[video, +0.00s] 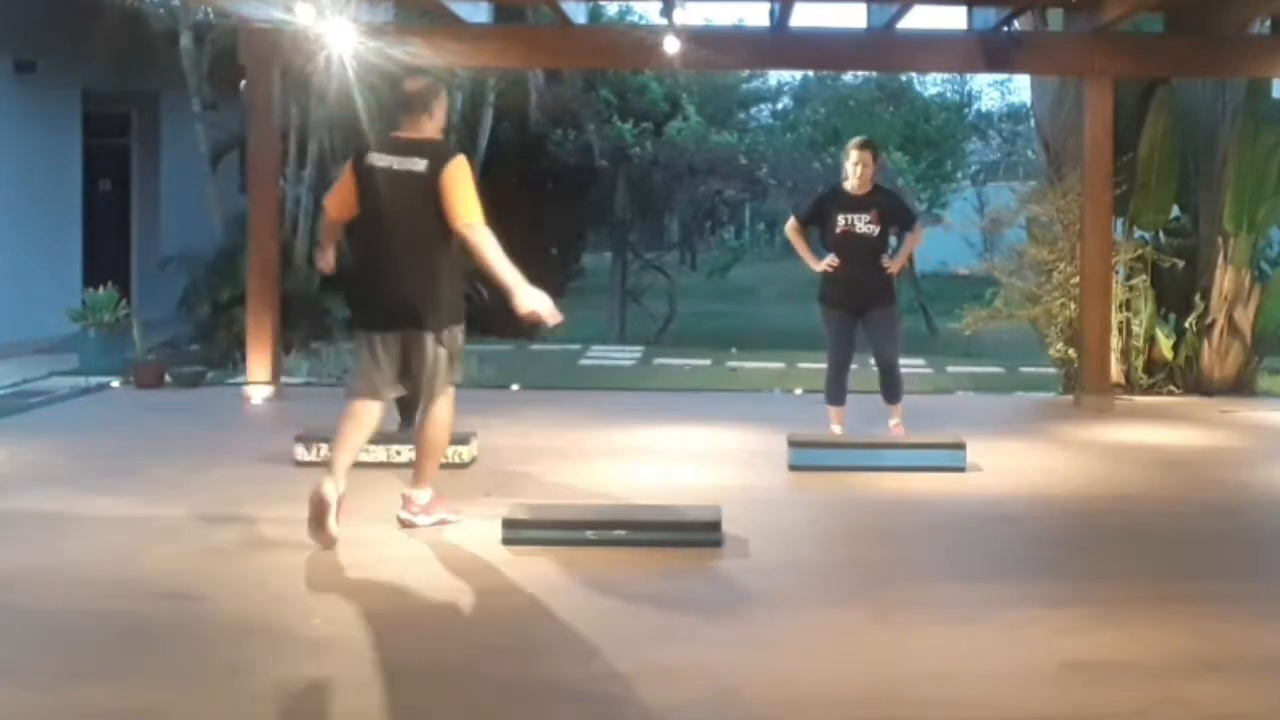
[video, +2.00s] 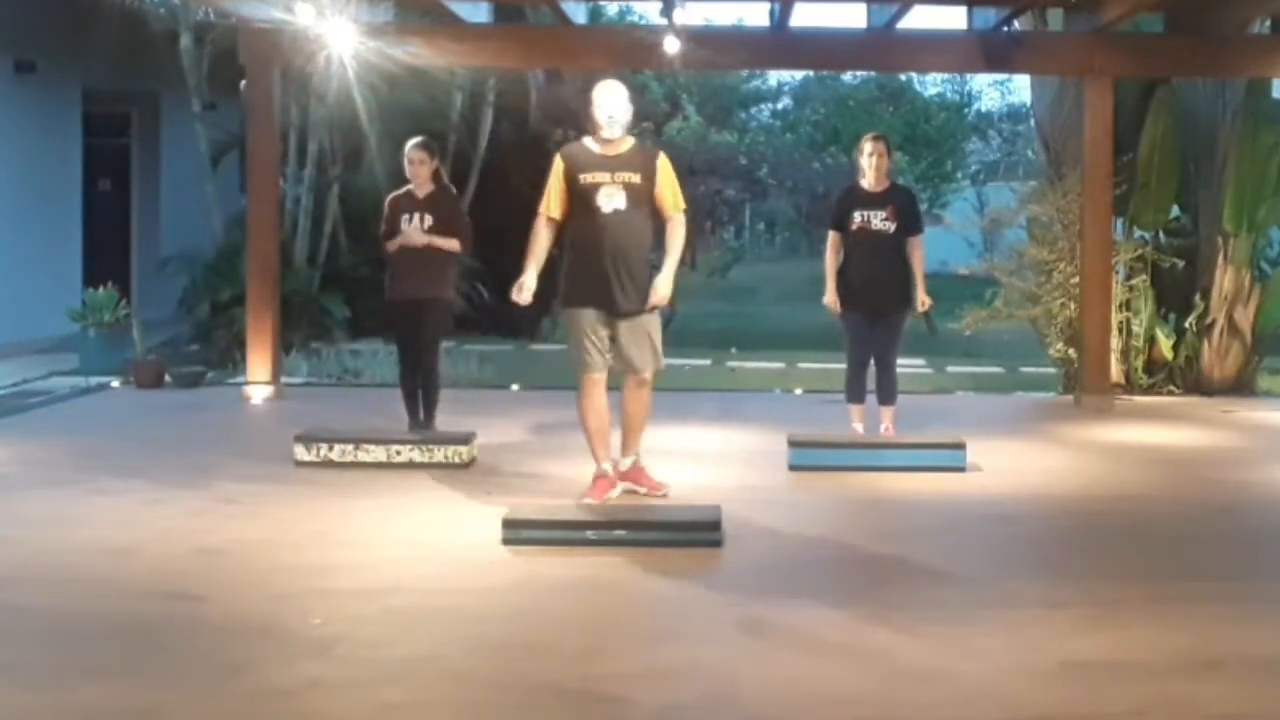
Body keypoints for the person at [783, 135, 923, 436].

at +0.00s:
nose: (859, 171)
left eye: (865, 165)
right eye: (854, 164)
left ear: (875, 167)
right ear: (846, 165)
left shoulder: (886, 199)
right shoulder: (828, 199)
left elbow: (915, 228)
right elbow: (792, 227)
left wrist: (901, 259)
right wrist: (814, 261)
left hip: (877, 286)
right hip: (839, 286)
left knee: (887, 357)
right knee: (839, 357)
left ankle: (896, 420)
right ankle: (837, 426)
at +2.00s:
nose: (874, 160)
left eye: (879, 155)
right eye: (869, 155)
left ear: (888, 159)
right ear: (860, 159)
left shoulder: (904, 198)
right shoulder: (847, 198)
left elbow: (915, 245)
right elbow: (834, 245)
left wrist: (920, 288)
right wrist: (830, 287)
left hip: (893, 292)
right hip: (855, 292)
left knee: (886, 359)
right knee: (857, 359)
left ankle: (888, 425)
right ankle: (858, 425)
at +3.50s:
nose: (875, 163)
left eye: (881, 158)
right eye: (870, 158)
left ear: (892, 161)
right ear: (864, 160)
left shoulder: (906, 198)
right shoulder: (848, 195)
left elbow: (917, 245)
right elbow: (831, 240)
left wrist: (923, 288)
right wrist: (830, 285)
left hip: (894, 291)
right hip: (855, 290)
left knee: (888, 358)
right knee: (860, 356)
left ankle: (888, 423)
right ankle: (858, 423)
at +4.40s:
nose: (880, 174)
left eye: (885, 168)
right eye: (875, 168)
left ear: (893, 168)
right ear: (864, 167)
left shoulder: (902, 202)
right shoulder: (847, 199)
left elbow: (912, 249)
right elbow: (829, 245)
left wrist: (918, 291)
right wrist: (824, 290)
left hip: (889, 290)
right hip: (851, 290)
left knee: (892, 356)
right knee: (856, 357)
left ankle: (891, 416)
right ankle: (856, 422)